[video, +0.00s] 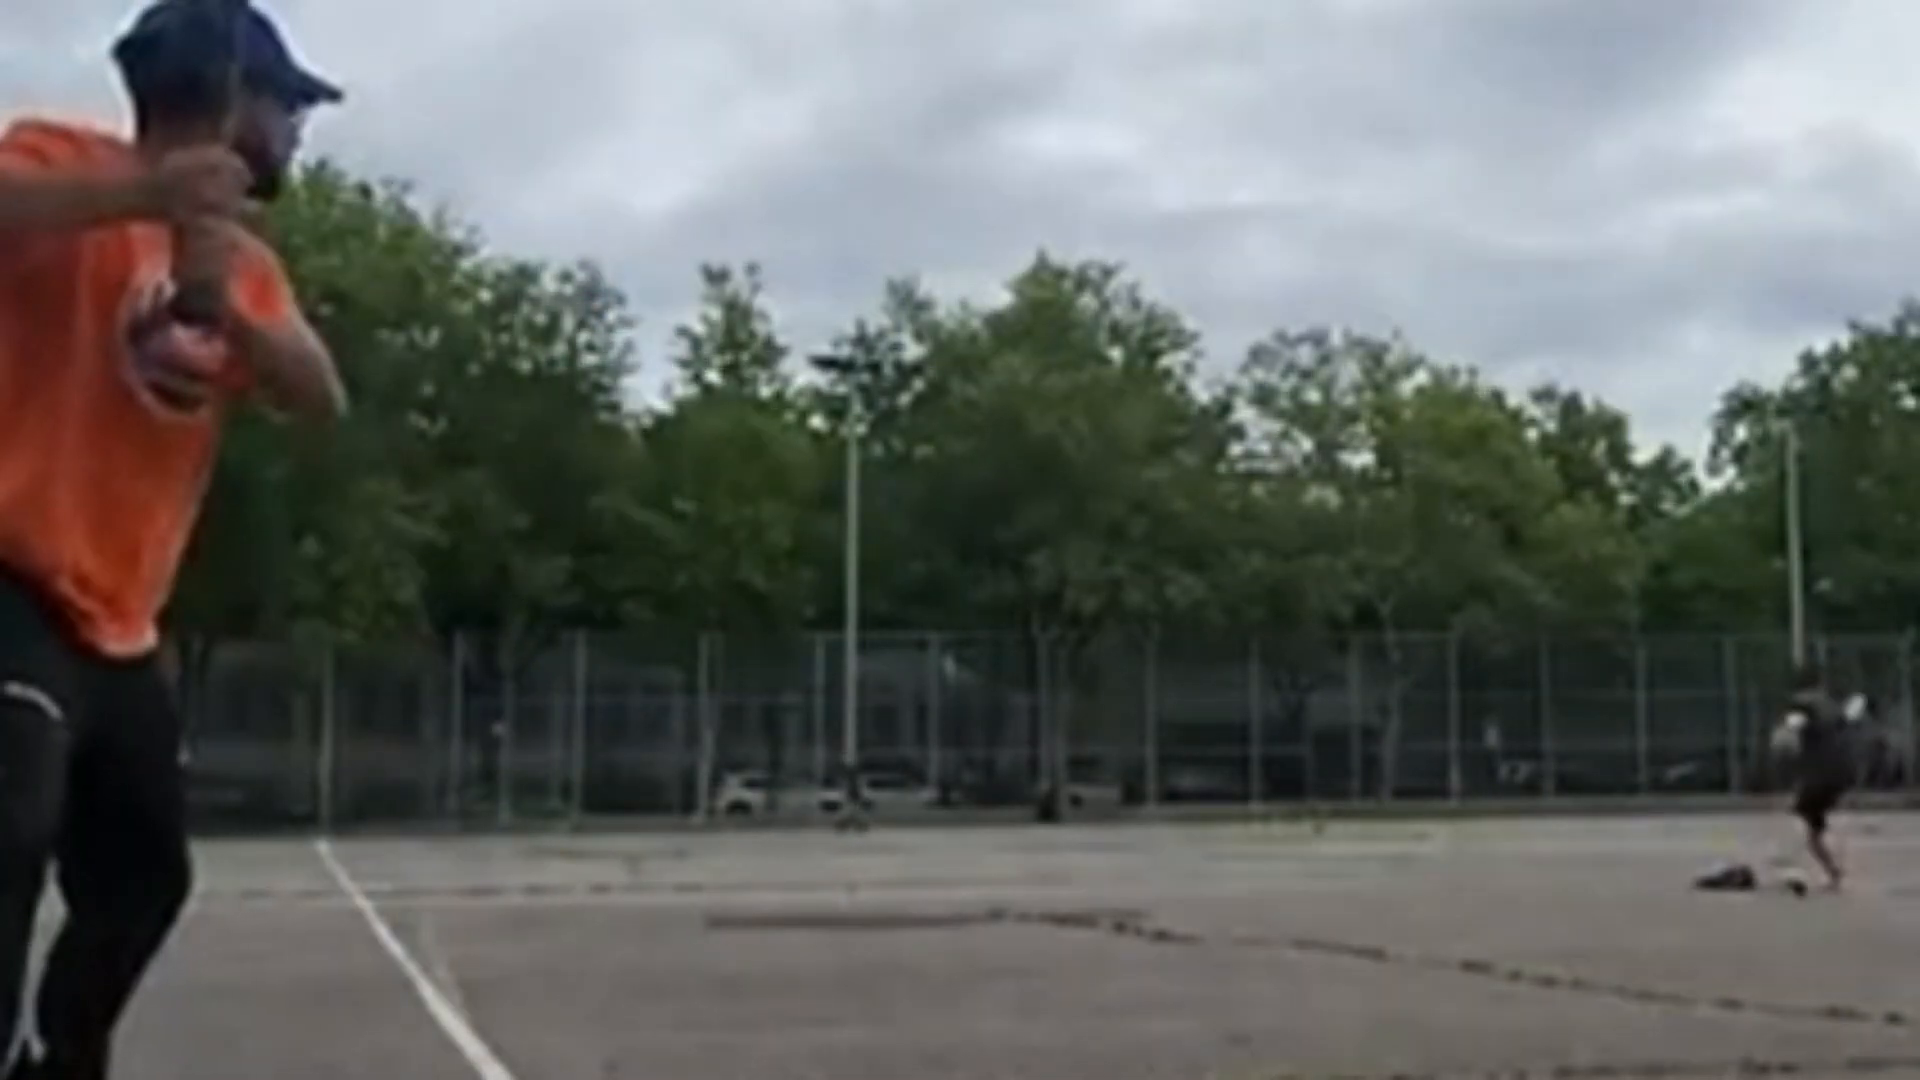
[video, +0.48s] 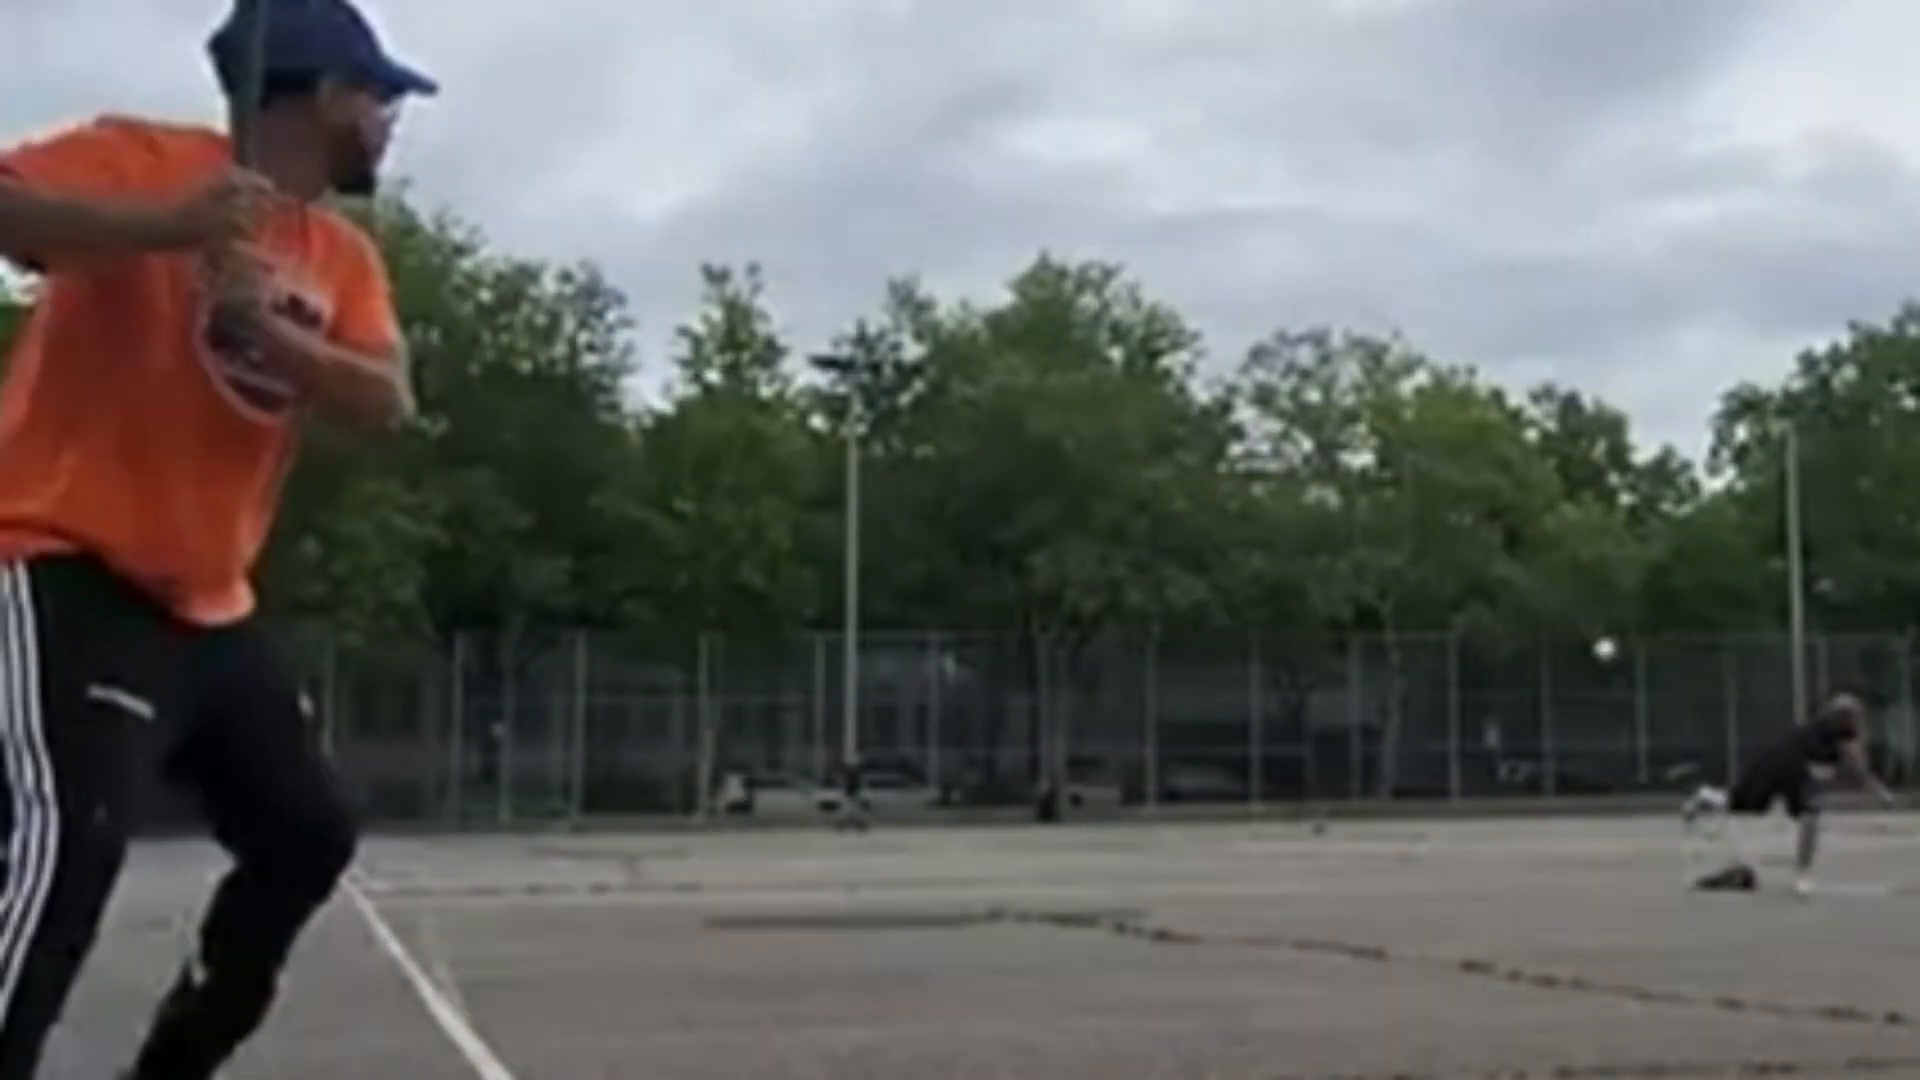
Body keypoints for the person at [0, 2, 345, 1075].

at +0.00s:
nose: (295, 136)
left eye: (296, 110)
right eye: (281, 106)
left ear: (231, 109)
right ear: (219, 97)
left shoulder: (244, 258)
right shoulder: (61, 164)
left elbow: (319, 398)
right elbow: (5, 203)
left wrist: (232, 324)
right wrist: (146, 185)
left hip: (121, 624)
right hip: (14, 590)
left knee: (139, 880)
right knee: (15, 840)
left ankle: (65, 1060)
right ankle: (8, 1051)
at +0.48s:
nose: (388, 119)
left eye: (388, 98)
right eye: (370, 94)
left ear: (311, 107)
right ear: (303, 95)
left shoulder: (345, 253)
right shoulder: (140, 160)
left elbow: (384, 403)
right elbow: (8, 207)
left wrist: (276, 334)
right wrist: (167, 222)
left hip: (201, 593)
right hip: (56, 555)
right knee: (69, 835)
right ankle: (11, 1056)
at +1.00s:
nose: (432, 135)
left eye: (444, 116)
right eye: (417, 104)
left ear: (432, 121)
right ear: (333, 73)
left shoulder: (409, 287)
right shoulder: (172, 188)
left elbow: (387, 482)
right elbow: (27, 347)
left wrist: (302, 475)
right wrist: (206, 381)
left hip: (286, 617)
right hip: (140, 577)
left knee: (365, 873)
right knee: (151, 887)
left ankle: (407, 1060)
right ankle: (27, 1057)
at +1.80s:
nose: (490, 130)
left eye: (502, 113)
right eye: (482, 100)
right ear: (414, 64)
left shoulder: (413, 267)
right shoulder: (285, 155)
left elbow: (391, 451)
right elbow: (175, 344)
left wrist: (420, 578)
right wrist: (361, 529)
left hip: (315, 580)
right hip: (198, 546)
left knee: (306, 856)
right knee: (153, 829)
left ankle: (279, 1053)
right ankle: (38, 1058)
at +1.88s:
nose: (487, 129)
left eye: (499, 112)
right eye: (478, 99)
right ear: (408, 64)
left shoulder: (415, 270)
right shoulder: (286, 153)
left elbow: (404, 456)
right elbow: (170, 341)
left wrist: (449, 619)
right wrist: (332, 520)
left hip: (315, 587)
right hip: (203, 547)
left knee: (298, 850)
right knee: (156, 825)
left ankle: (275, 1054)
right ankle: (40, 1055)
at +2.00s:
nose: (495, 134)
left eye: (506, 118)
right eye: (486, 105)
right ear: (415, 68)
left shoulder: (425, 282)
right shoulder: (277, 151)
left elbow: (419, 468)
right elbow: (145, 329)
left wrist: (471, 650)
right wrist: (259, 526)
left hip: (321, 595)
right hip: (197, 563)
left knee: (301, 857)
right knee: (145, 845)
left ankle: (273, 1051)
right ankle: (39, 1060)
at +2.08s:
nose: (503, 137)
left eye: (514, 121)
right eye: (493, 108)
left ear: (450, 101)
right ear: (420, 71)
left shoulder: (436, 294)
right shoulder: (275, 148)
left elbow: (426, 474)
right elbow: (133, 308)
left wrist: (476, 659)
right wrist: (197, 511)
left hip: (318, 602)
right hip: (186, 562)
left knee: (299, 867)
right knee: (131, 853)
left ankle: (273, 1049)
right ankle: (33, 1058)